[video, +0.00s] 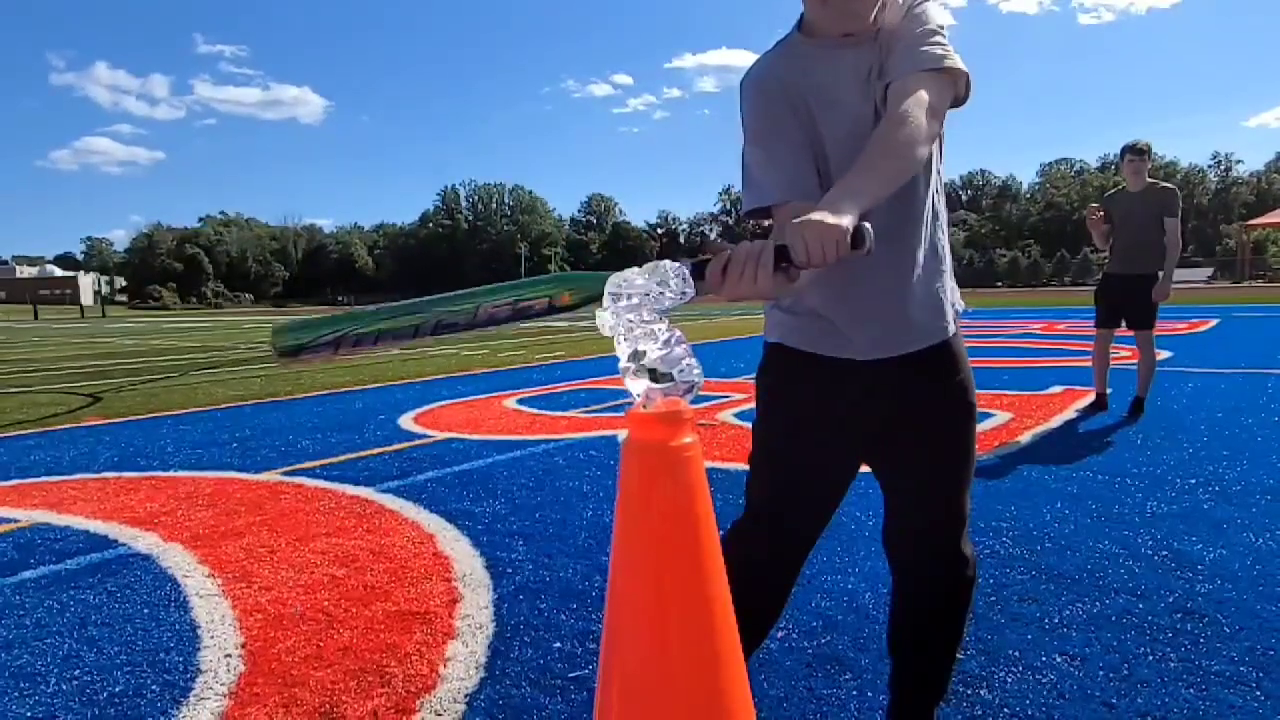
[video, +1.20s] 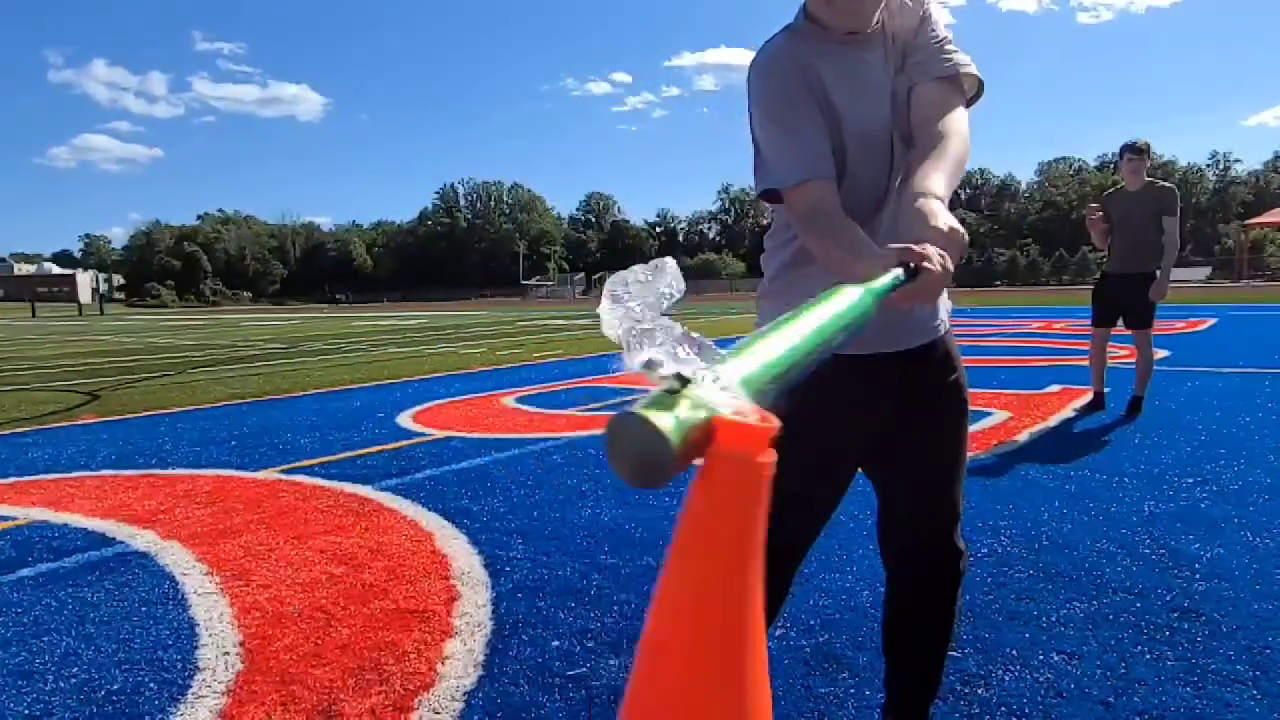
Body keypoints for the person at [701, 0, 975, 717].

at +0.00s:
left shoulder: (918, 22)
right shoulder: (772, 79)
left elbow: (915, 121)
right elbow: (788, 223)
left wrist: (838, 207)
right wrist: (759, 273)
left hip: (924, 357)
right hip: (811, 363)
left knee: (936, 563)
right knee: (764, 554)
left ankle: (913, 711)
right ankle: (682, 694)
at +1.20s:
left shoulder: (918, 21)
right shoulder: (781, 68)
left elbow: (949, 123)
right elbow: (816, 212)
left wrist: (926, 195)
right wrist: (876, 264)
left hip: (921, 355)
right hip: (817, 363)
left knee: (929, 565)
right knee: (759, 571)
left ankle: (909, 712)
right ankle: (698, 700)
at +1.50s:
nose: (867, 0)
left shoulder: (916, 20)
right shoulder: (783, 62)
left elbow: (946, 122)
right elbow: (821, 211)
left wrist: (961, 202)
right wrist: (912, 265)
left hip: (914, 328)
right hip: (808, 336)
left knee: (930, 544)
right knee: (773, 534)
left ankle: (908, 706)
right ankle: (703, 702)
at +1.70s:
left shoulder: (915, 18)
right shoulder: (785, 62)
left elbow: (948, 125)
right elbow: (826, 212)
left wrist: (980, 204)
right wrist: (936, 257)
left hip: (908, 321)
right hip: (811, 333)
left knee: (929, 532)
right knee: (772, 534)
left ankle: (909, 696)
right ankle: (703, 704)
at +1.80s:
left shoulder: (918, 20)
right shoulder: (785, 60)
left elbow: (951, 125)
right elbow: (827, 210)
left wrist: (986, 206)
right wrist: (945, 259)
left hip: (908, 327)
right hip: (808, 339)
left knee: (926, 535)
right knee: (772, 533)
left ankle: (917, 694)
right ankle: (699, 705)